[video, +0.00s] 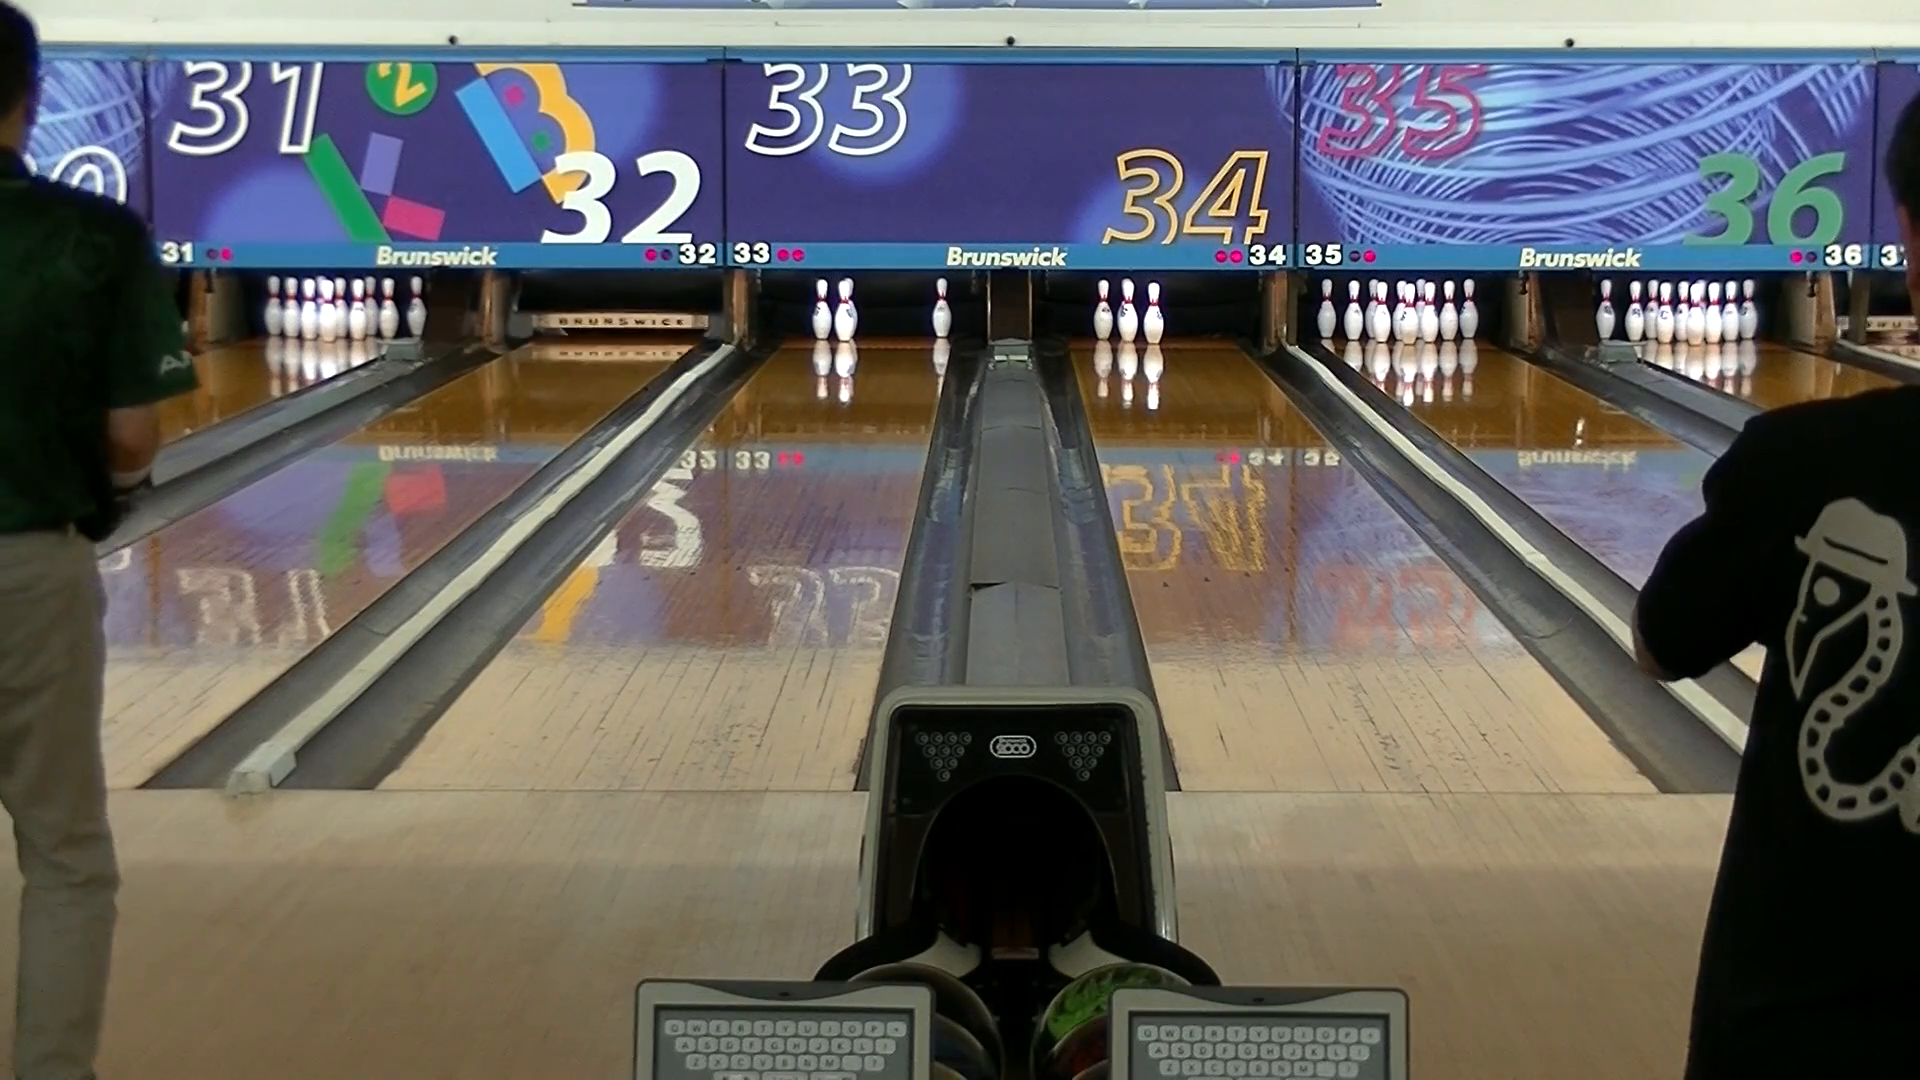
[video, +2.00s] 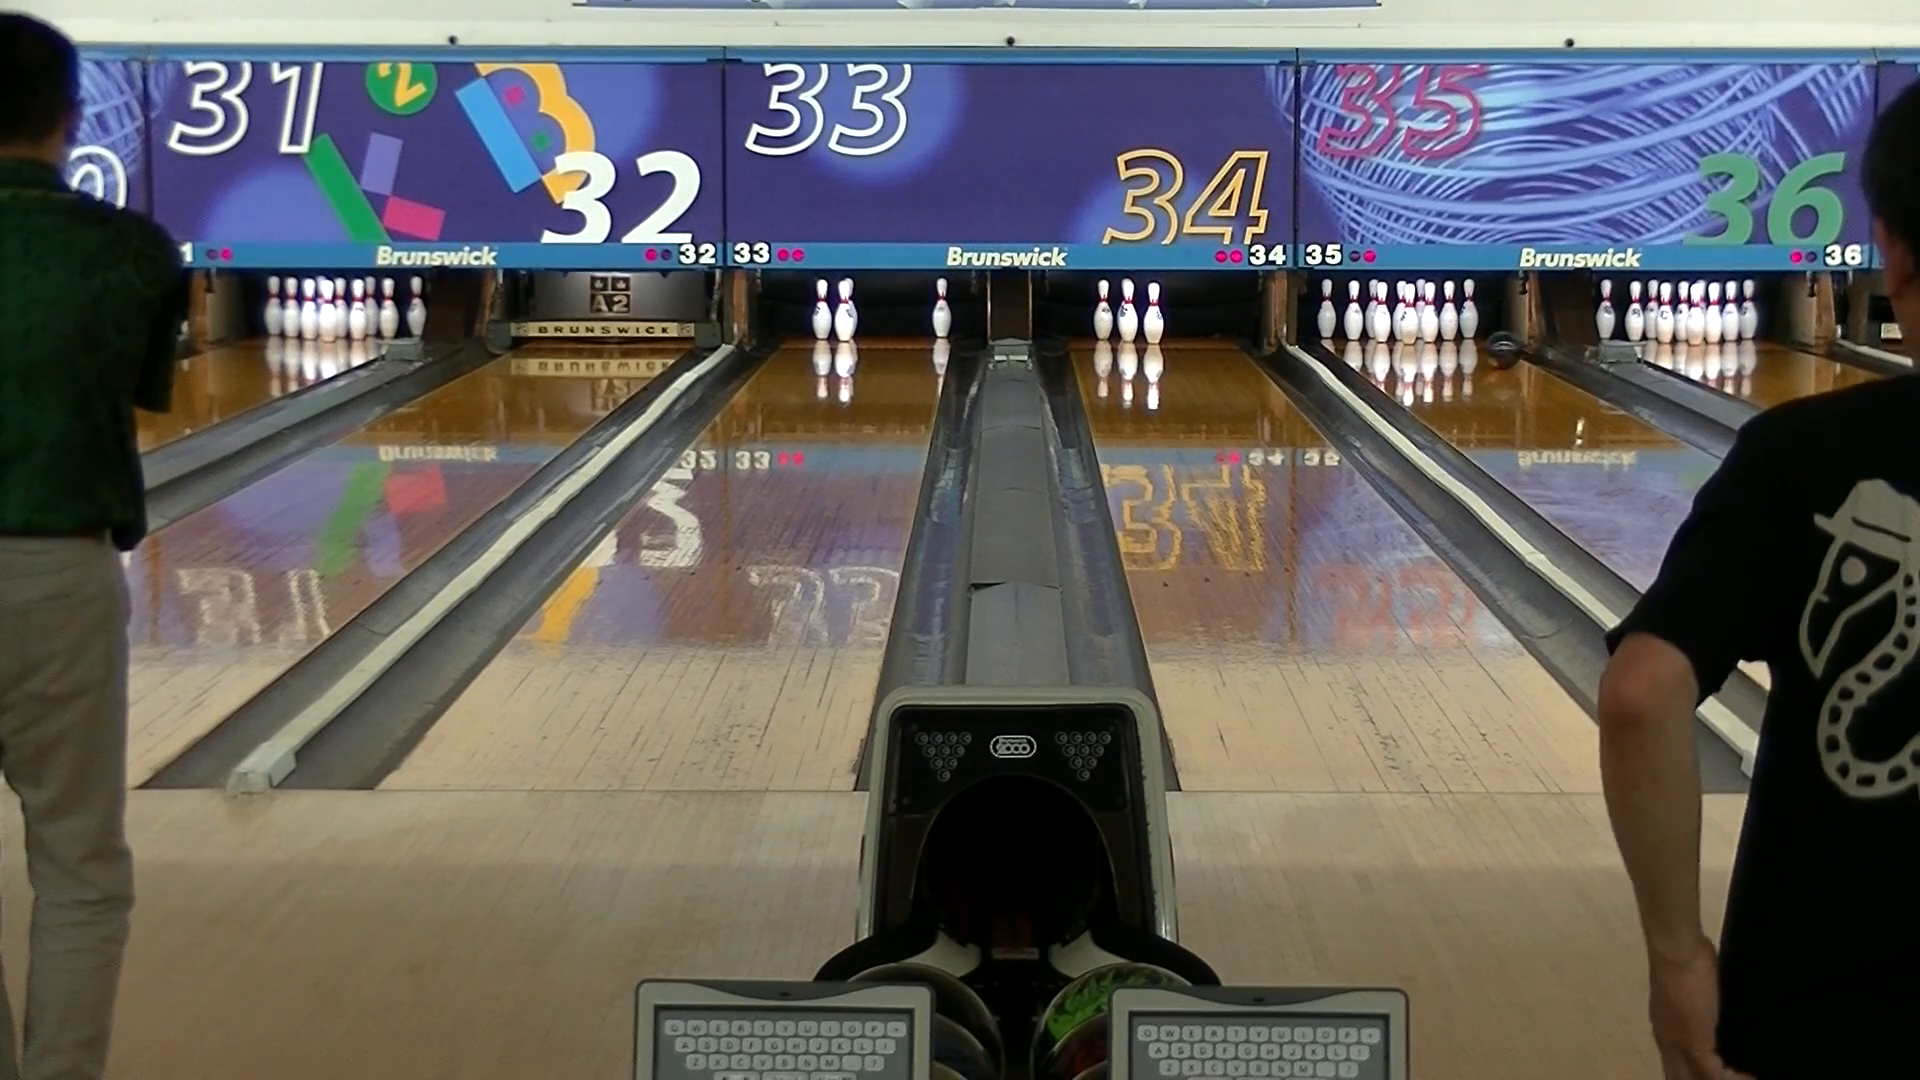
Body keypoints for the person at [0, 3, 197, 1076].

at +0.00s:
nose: (33, 104)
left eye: (23, 85)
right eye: (32, 84)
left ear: (11, 94)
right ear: (23, 96)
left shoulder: (86, 232)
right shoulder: (87, 233)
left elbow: (126, 442)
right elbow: (132, 443)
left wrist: (92, 445)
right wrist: (87, 451)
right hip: (30, 567)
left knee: (61, 852)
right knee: (63, 856)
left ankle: (49, 1064)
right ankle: (51, 1071)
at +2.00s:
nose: (56, 120)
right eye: (61, 101)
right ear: (64, 115)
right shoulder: (123, 247)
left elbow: (152, 390)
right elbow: (154, 390)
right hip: (52, 575)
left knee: (71, 863)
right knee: (78, 868)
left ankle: (45, 1062)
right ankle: (59, 1070)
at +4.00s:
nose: (235, 242)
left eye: (230, 228)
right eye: (235, 228)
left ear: (132, 217)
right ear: (222, 224)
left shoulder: (55, 277)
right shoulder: (228, 303)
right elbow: (217, 417)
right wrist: (206, 512)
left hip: (4, 513)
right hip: (105, 515)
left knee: (47, 776)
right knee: (131, 777)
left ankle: (70, 991)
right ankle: (92, 1005)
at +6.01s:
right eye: (412, 91)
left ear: (325, 102)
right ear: (411, 100)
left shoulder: (288, 187)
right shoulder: (452, 193)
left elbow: (237, 306)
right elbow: (475, 295)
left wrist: (220, 399)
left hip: (303, 421)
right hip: (400, 422)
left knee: (307, 625)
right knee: (434, 624)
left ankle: (313, 796)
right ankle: (440, 810)